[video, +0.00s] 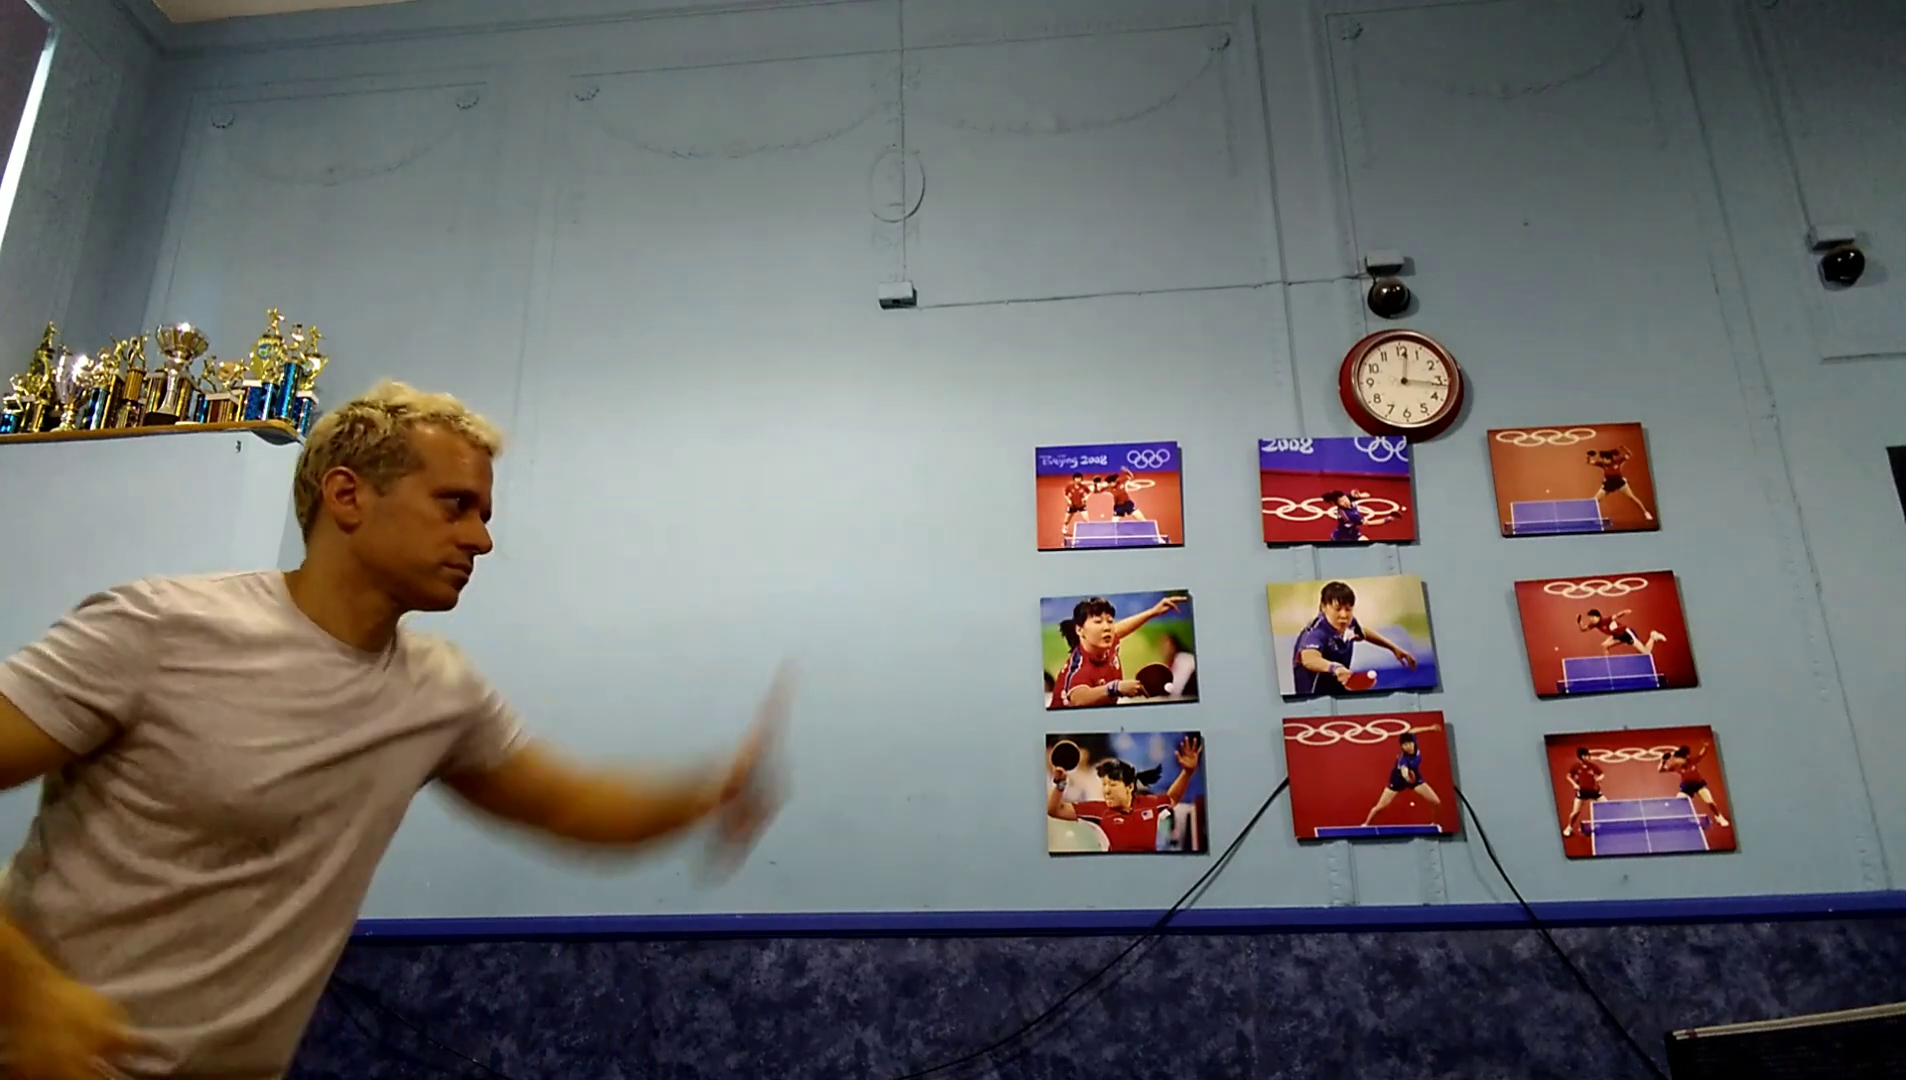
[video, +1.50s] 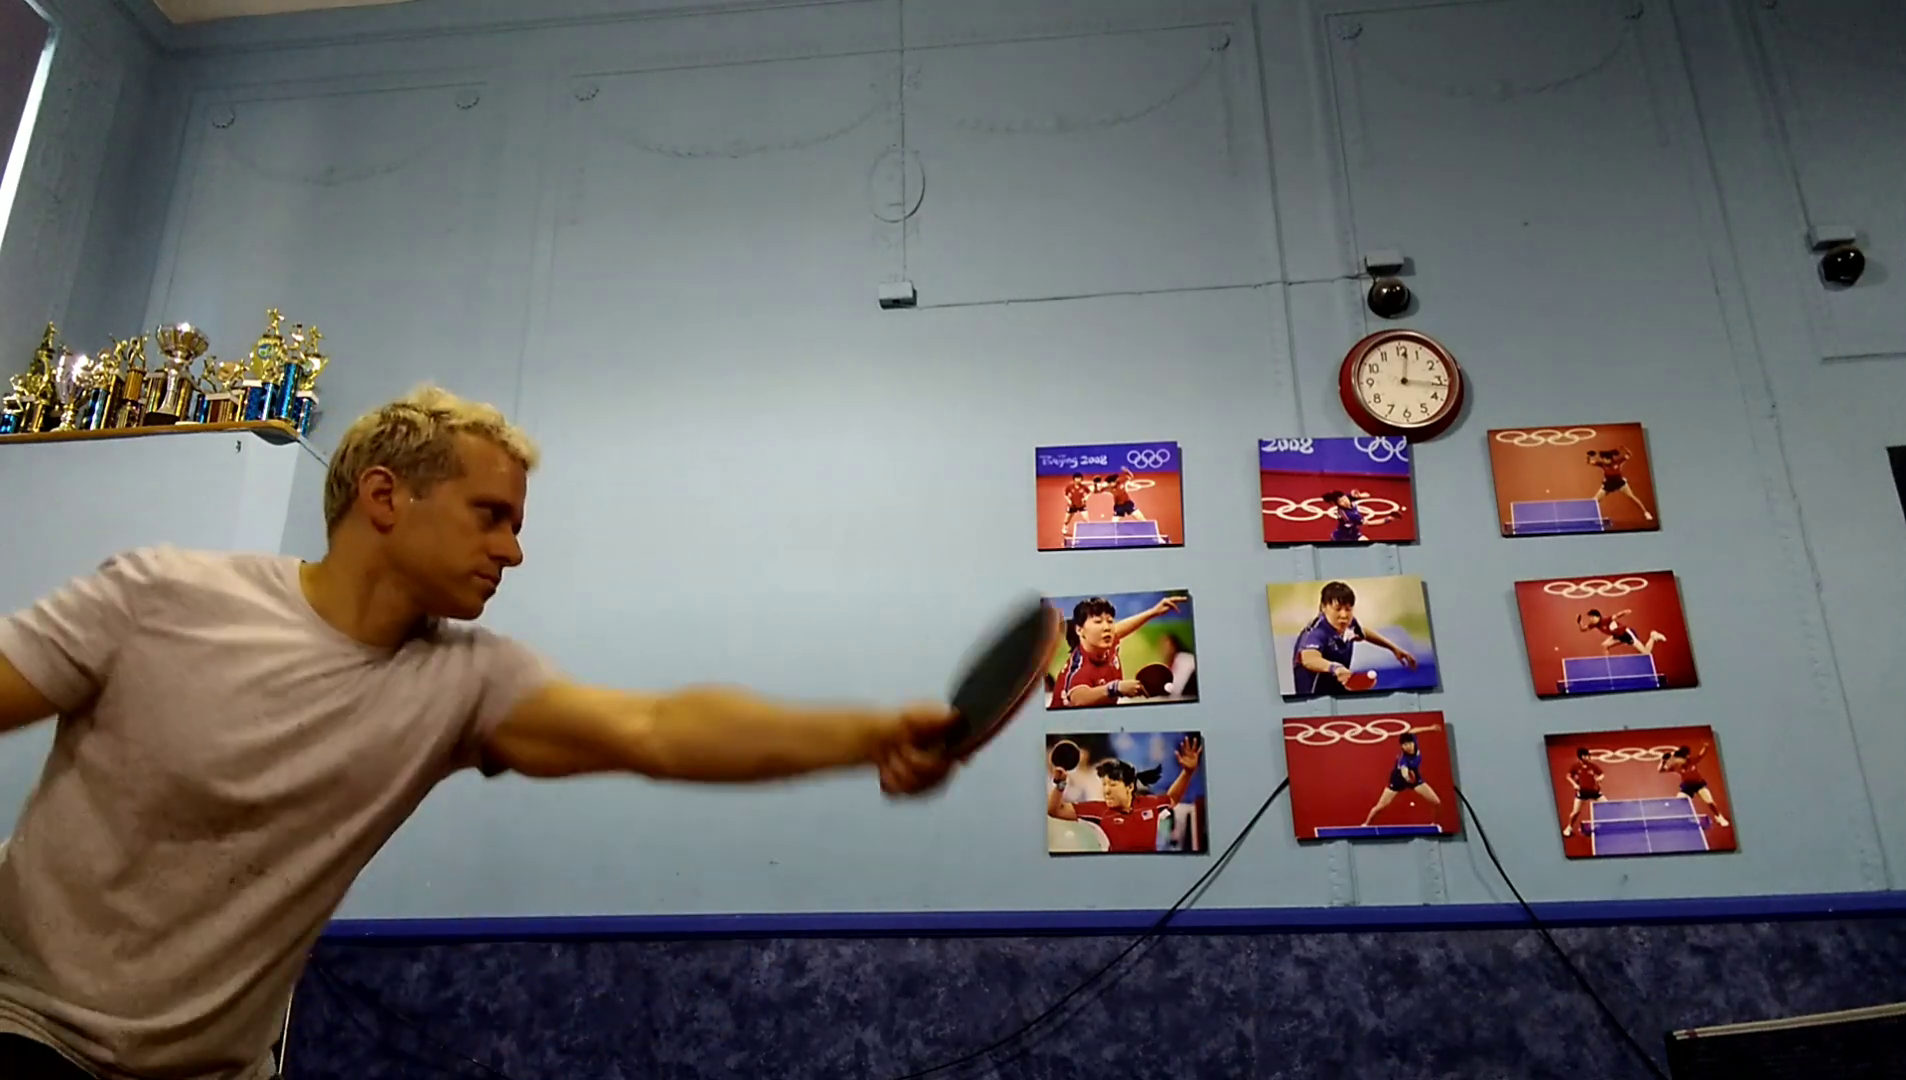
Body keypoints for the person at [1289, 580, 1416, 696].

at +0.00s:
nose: (1344, 615)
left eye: (1348, 609)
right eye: (1338, 609)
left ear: (1353, 609)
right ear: (1324, 608)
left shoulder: (1349, 624)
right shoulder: (1315, 633)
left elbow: (1364, 634)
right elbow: (1309, 660)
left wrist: (1395, 649)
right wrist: (1335, 668)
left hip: (1341, 705)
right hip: (1313, 709)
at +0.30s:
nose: (1344, 615)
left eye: (1348, 609)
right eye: (1338, 609)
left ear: (1353, 609)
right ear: (1324, 608)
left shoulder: (1349, 624)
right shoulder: (1315, 633)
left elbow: (1364, 634)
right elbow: (1309, 660)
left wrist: (1395, 649)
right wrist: (1335, 668)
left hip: (1341, 705)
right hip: (1313, 709)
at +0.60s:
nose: (1344, 615)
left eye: (1348, 609)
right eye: (1338, 609)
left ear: (1353, 609)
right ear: (1324, 608)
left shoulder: (1349, 624)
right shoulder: (1315, 633)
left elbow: (1364, 634)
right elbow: (1309, 660)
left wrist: (1395, 649)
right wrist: (1335, 668)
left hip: (1341, 705)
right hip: (1314, 709)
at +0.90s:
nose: (1344, 615)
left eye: (1348, 609)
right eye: (1338, 609)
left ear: (1353, 609)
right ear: (1324, 608)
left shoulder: (1349, 624)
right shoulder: (1315, 632)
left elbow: (1364, 634)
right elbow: (1309, 660)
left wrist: (1395, 649)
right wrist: (1335, 668)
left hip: (1341, 705)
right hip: (1314, 708)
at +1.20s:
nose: (1344, 615)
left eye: (1348, 609)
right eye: (1338, 609)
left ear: (1353, 609)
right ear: (1324, 608)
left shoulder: (1349, 624)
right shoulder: (1315, 632)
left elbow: (1364, 634)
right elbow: (1309, 660)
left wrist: (1395, 649)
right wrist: (1335, 668)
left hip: (1341, 705)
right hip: (1314, 708)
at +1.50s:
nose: (1344, 615)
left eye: (1348, 609)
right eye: (1338, 609)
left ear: (1353, 609)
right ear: (1324, 608)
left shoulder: (1349, 624)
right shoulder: (1316, 633)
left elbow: (1364, 634)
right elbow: (1309, 660)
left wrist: (1395, 649)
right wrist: (1335, 668)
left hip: (1340, 704)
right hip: (1314, 708)